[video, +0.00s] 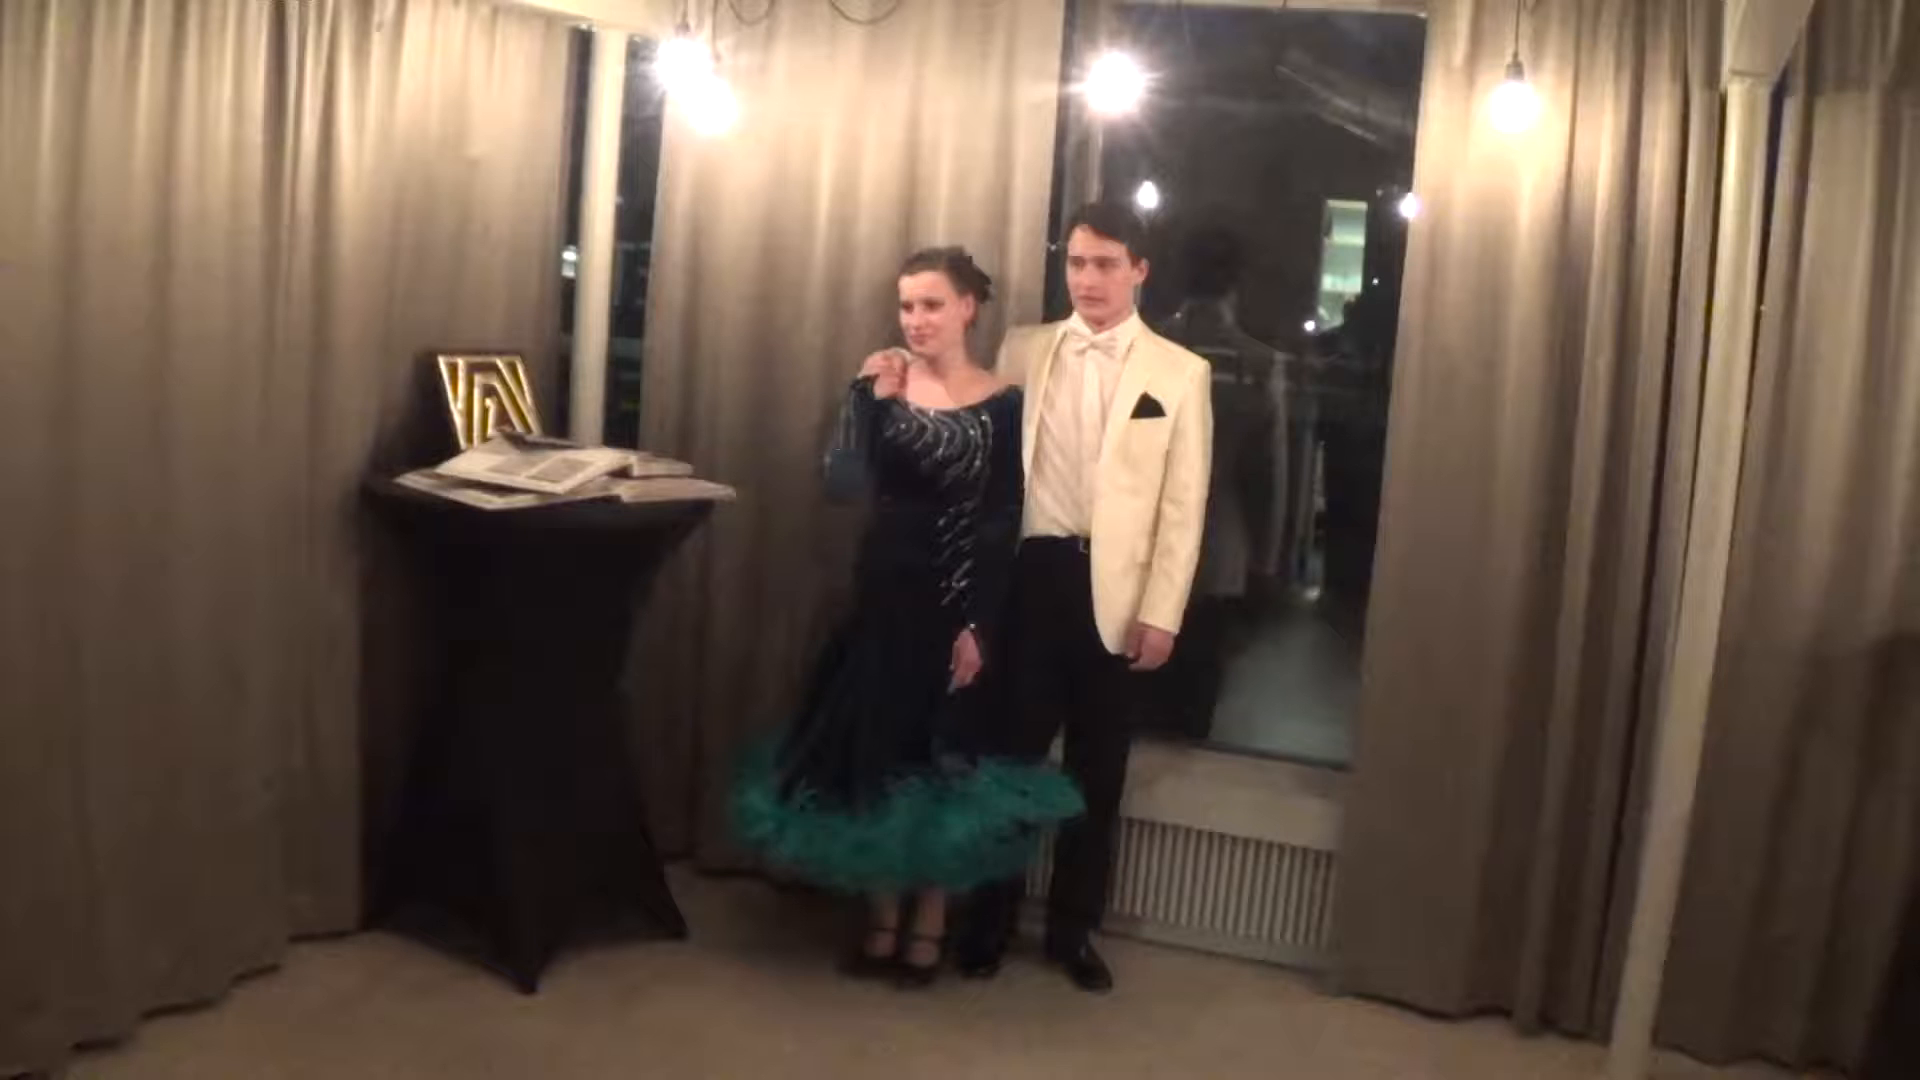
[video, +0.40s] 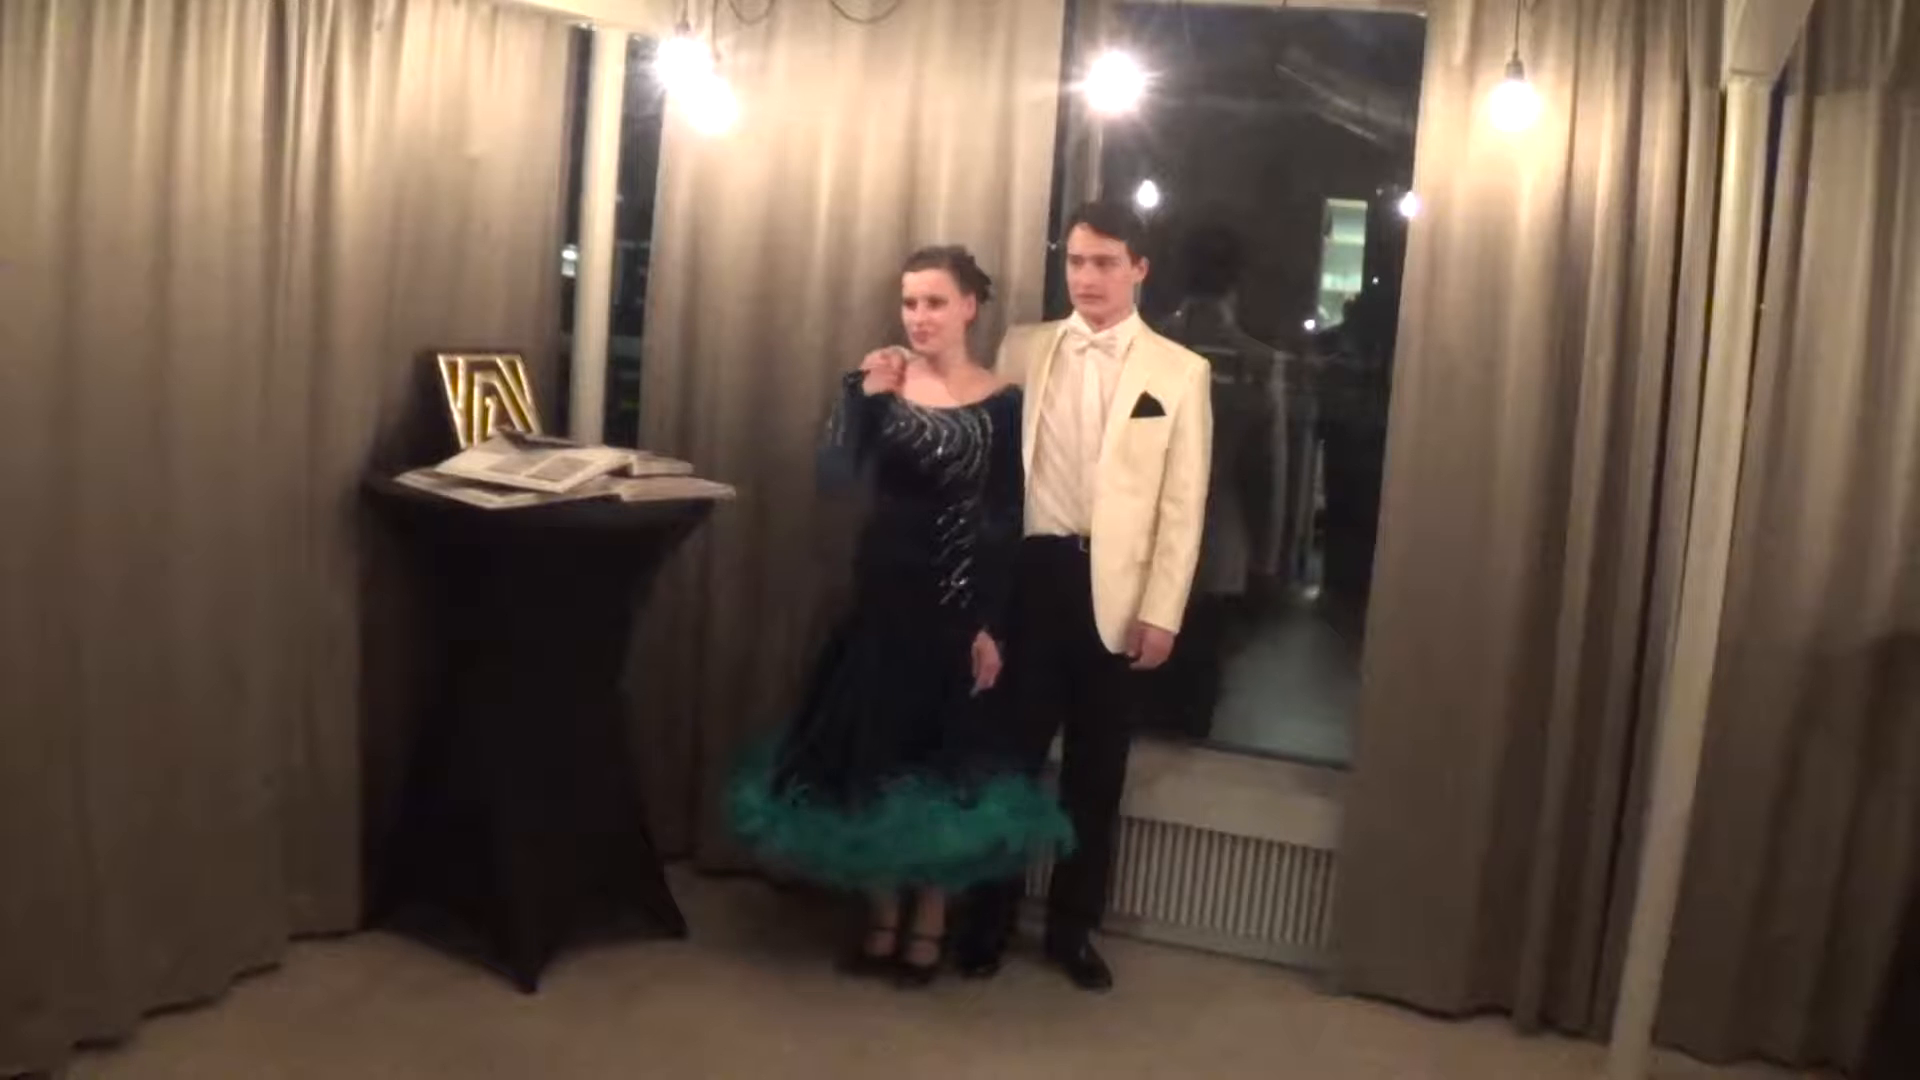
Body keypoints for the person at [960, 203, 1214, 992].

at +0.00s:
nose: (1087, 278)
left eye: (1104, 264)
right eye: (1076, 262)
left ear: (1139, 273)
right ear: (1063, 268)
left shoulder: (1182, 374)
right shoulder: (1027, 351)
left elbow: (1184, 504)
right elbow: (966, 410)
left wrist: (1163, 611)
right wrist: (902, 368)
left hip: (1114, 585)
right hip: (1026, 573)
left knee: (1097, 772)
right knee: (1010, 749)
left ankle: (1073, 932)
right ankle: (984, 926)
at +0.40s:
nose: (1087, 277)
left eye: (1104, 262)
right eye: (1076, 261)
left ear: (1139, 271)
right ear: (1063, 267)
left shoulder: (1181, 373)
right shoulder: (1026, 350)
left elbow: (1183, 504)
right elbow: (984, 455)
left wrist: (1163, 609)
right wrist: (902, 373)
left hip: (1114, 585)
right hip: (1025, 572)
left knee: (1096, 771)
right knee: (1008, 747)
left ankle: (1073, 931)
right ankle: (982, 925)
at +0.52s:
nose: (1083, 277)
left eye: (1100, 262)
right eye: (1073, 261)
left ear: (1138, 271)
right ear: (1061, 266)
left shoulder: (1181, 373)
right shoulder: (1026, 350)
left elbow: (1183, 503)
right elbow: (985, 460)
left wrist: (1162, 610)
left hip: (1113, 585)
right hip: (1024, 572)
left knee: (1096, 772)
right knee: (1007, 749)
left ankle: (1073, 931)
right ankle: (983, 925)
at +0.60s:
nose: (1081, 276)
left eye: (1099, 262)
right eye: (1071, 261)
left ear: (1137, 271)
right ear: (1060, 266)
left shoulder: (1180, 373)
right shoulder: (1025, 349)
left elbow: (1182, 503)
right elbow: (984, 458)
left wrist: (1161, 610)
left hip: (1113, 585)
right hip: (1024, 572)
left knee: (1096, 771)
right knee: (1007, 749)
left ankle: (1073, 931)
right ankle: (983, 925)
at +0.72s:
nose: (1082, 277)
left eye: (1099, 262)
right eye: (1071, 261)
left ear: (1136, 270)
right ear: (1060, 266)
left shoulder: (1180, 372)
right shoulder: (1026, 349)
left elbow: (1181, 503)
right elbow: (981, 455)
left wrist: (1160, 609)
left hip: (1112, 584)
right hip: (1024, 571)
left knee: (1096, 770)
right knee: (1010, 747)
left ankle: (1073, 931)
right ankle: (986, 925)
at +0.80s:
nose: (1082, 276)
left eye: (1099, 261)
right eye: (1072, 259)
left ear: (1136, 270)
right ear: (1059, 265)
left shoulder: (1180, 372)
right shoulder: (1025, 349)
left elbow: (1181, 503)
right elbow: (983, 457)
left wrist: (1160, 609)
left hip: (1111, 584)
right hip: (1023, 572)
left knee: (1096, 770)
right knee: (1009, 748)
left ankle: (1073, 931)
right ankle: (986, 924)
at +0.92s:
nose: (1084, 275)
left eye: (1101, 260)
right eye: (1073, 259)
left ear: (1136, 269)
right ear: (1060, 265)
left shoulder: (1179, 371)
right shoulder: (1024, 348)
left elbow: (1180, 502)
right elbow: (983, 456)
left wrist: (1160, 608)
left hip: (1112, 584)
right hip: (1023, 571)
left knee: (1096, 769)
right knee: (1009, 747)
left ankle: (1073, 930)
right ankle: (985, 925)